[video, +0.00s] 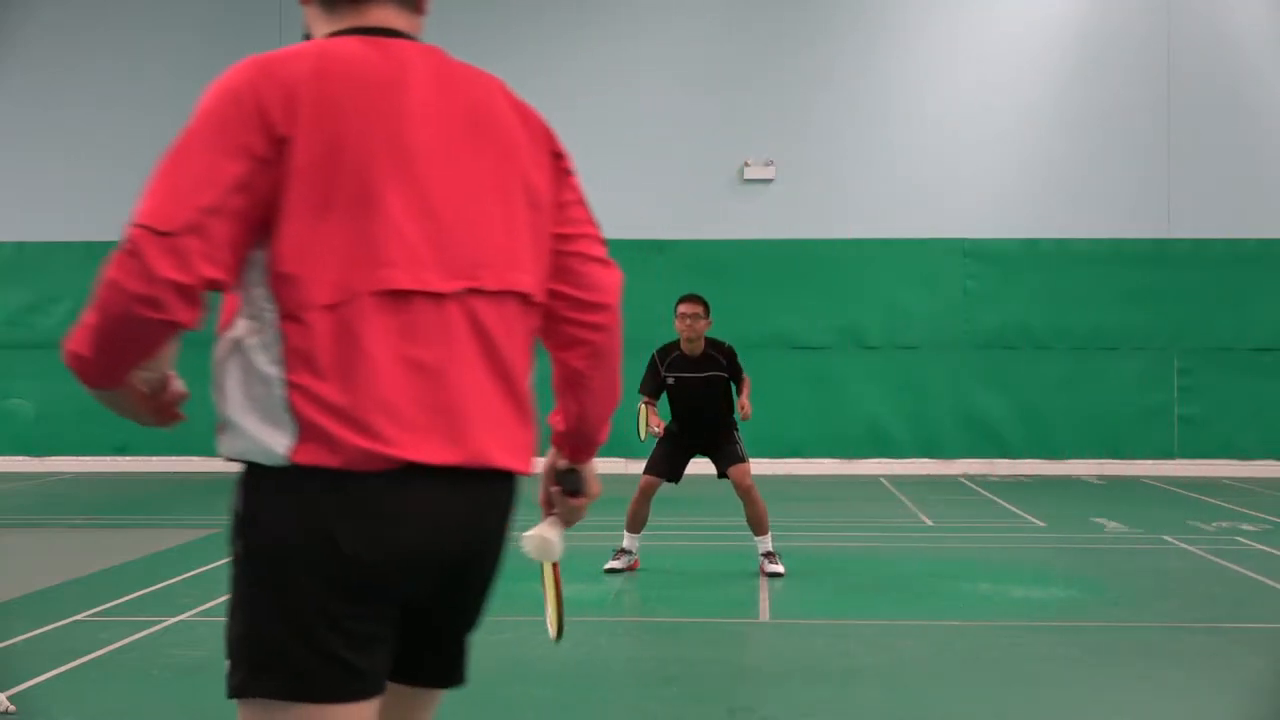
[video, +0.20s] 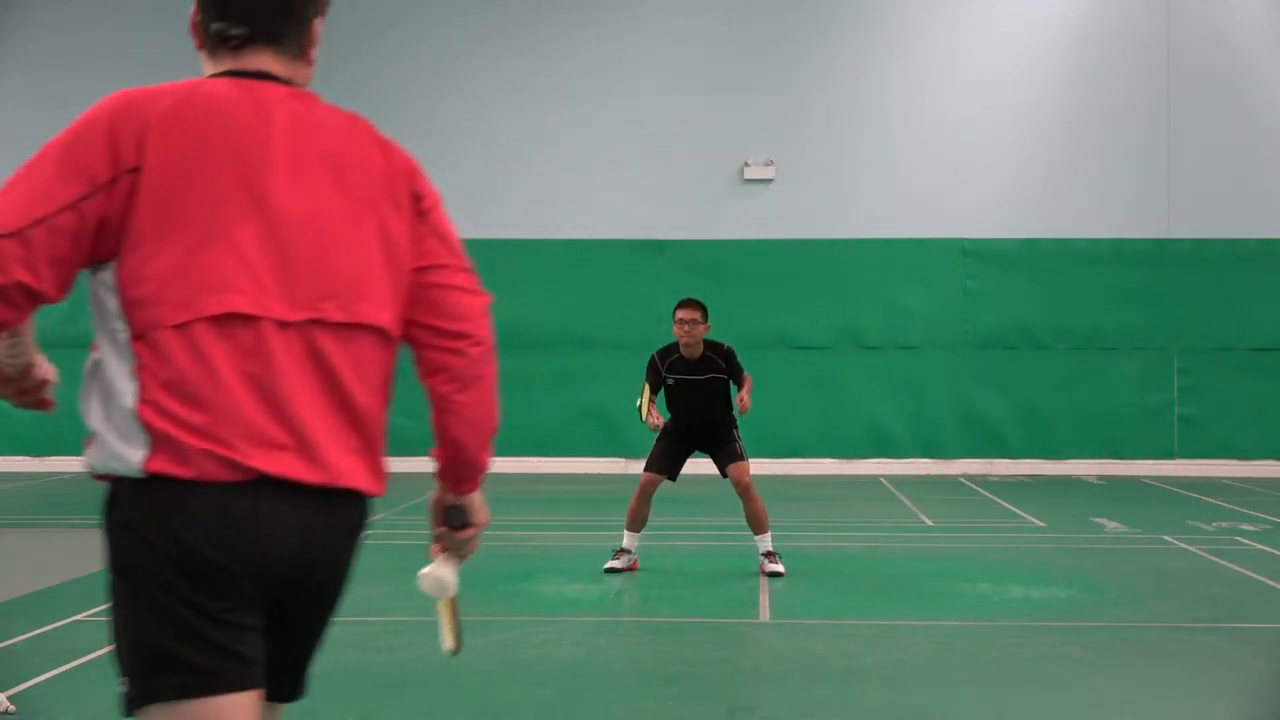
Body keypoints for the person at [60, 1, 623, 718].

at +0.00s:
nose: (304, 18)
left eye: (303, 11)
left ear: (311, 6)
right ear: (422, 10)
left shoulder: (271, 86)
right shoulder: (512, 115)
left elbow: (164, 270)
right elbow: (592, 292)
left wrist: (109, 363)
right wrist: (577, 448)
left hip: (318, 490)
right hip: (472, 496)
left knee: (307, 709)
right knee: (405, 708)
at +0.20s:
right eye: (321, 25)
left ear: (200, 28)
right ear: (314, 33)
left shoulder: (137, 123)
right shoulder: (386, 162)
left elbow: (9, 243)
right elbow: (464, 330)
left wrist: (14, 351)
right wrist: (460, 483)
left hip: (178, 500)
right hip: (328, 510)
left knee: (207, 704)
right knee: (254, 701)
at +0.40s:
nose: (250, 73)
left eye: (254, 58)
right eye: (252, 56)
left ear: (141, 38)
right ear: (232, 53)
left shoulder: (32, 118)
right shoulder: (278, 177)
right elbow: (340, 354)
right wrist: (333, 478)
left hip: (42, 483)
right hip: (199, 496)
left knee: (15, 699)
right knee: (158, 705)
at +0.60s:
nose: (174, 81)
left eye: (178, 62)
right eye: (174, 61)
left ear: (62, 49)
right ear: (135, 55)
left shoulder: (4, 117)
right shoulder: (171, 170)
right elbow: (233, 336)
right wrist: (264, 397)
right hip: (94, 470)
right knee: (105, 704)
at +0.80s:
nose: (91, 112)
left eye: (95, 92)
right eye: (93, 91)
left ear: (7, 81)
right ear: (67, 91)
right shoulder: (49, 180)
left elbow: (117, 332)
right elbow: (119, 328)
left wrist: (226, 365)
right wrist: (239, 364)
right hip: (15, 480)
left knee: (67, 697)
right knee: (72, 699)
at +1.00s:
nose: (69, 108)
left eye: (69, 89)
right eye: (70, 88)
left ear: (19, 86)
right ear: (44, 86)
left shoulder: (22, 175)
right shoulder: (27, 173)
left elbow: (39, 313)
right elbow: (49, 316)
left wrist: (142, 375)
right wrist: (152, 378)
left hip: (8, 457)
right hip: (1, 456)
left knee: (13, 684)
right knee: (8, 689)